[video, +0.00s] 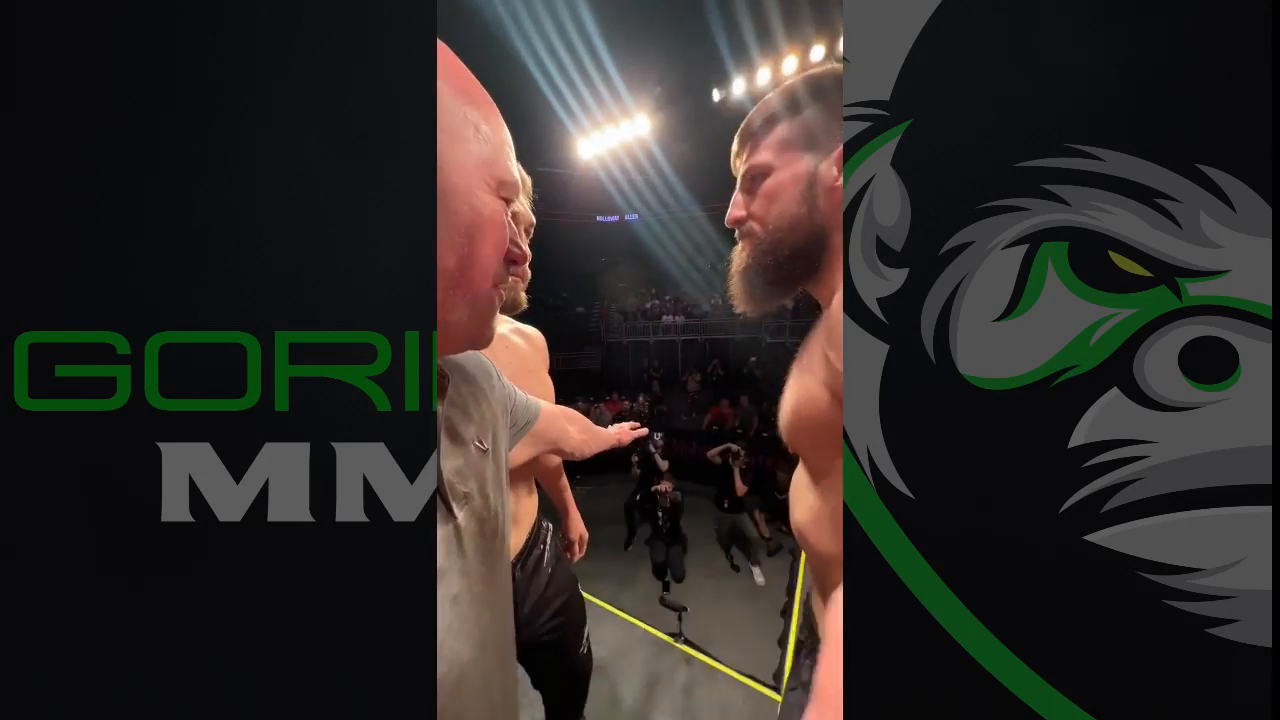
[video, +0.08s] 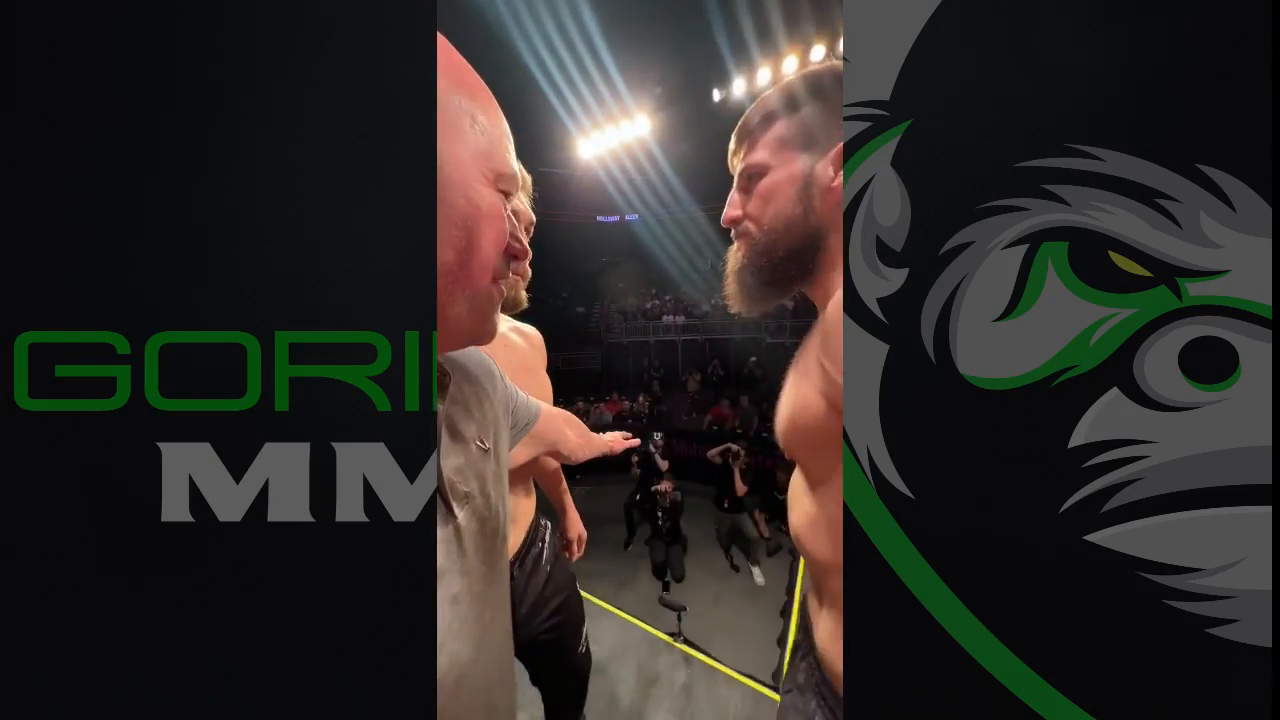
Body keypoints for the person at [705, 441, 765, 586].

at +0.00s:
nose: (737, 458)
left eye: (740, 456)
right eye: (734, 455)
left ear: (744, 459)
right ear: (731, 456)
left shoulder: (746, 472)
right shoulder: (724, 466)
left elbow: (740, 492)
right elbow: (709, 455)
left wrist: (735, 469)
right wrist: (726, 446)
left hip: (739, 510)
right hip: (722, 509)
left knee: (753, 536)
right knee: (723, 538)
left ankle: (755, 564)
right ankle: (728, 556)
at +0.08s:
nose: (736, 458)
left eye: (739, 456)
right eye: (734, 455)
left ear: (744, 458)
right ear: (730, 455)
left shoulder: (746, 471)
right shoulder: (724, 466)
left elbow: (740, 492)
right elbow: (709, 455)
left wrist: (736, 469)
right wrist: (726, 446)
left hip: (739, 510)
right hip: (722, 509)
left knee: (753, 536)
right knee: (722, 538)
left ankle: (754, 564)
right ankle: (727, 556)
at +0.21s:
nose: (737, 458)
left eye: (740, 456)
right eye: (735, 455)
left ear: (745, 458)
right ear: (731, 456)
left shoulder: (746, 472)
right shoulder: (725, 466)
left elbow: (741, 492)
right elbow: (710, 455)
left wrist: (736, 469)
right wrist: (727, 446)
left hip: (740, 510)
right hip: (724, 509)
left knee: (754, 537)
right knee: (723, 537)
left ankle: (755, 564)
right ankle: (728, 555)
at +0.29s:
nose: (737, 458)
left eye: (740, 456)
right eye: (735, 456)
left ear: (745, 459)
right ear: (731, 456)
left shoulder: (748, 473)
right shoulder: (725, 467)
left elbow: (741, 492)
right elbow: (711, 455)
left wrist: (737, 469)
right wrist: (728, 446)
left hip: (741, 510)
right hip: (724, 509)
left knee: (754, 536)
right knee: (724, 538)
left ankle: (756, 564)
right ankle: (729, 555)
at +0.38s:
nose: (737, 459)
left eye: (740, 457)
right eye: (735, 456)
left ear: (745, 460)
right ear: (731, 457)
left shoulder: (748, 474)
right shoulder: (726, 467)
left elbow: (742, 492)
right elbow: (711, 455)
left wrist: (738, 469)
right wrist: (728, 446)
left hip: (742, 510)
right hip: (725, 510)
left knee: (754, 536)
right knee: (725, 539)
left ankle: (756, 564)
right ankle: (729, 554)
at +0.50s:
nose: (732, 460)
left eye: (735, 458)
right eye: (731, 458)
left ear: (741, 459)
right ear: (727, 459)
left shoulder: (746, 471)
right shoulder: (725, 467)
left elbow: (743, 492)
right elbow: (711, 456)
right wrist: (727, 447)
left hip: (743, 511)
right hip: (726, 510)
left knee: (747, 540)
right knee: (726, 539)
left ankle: (754, 563)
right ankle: (732, 559)